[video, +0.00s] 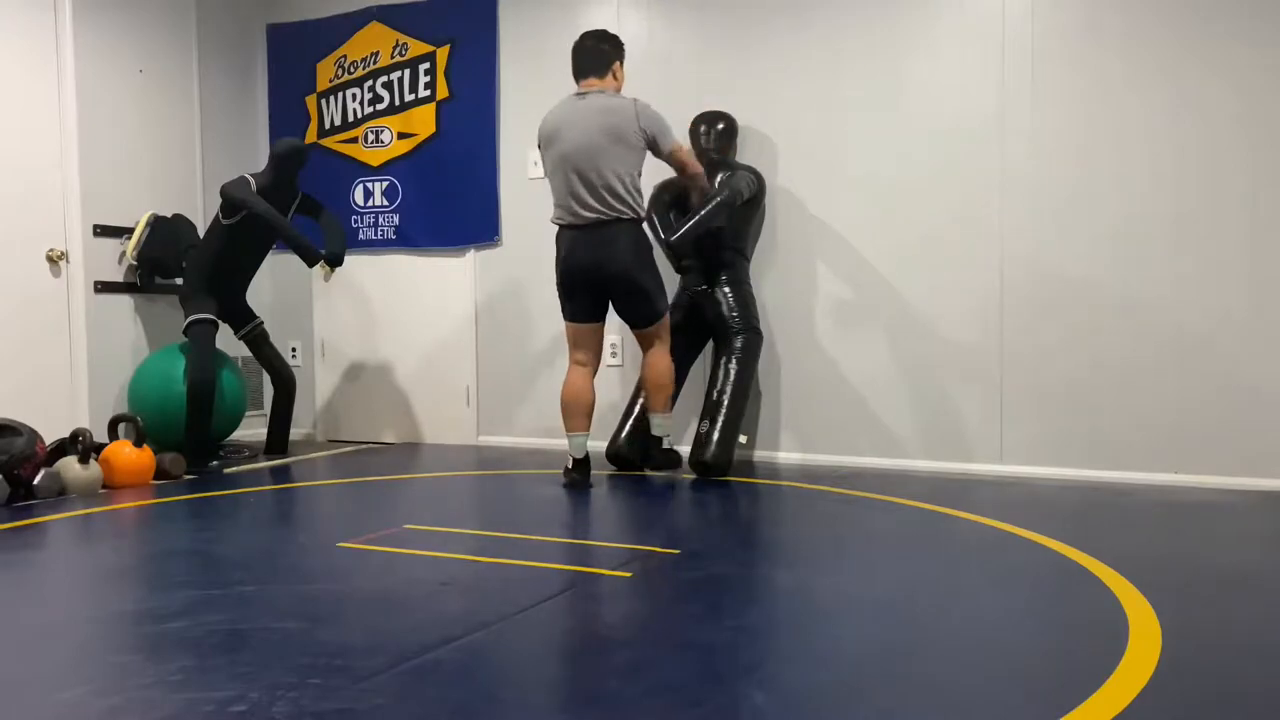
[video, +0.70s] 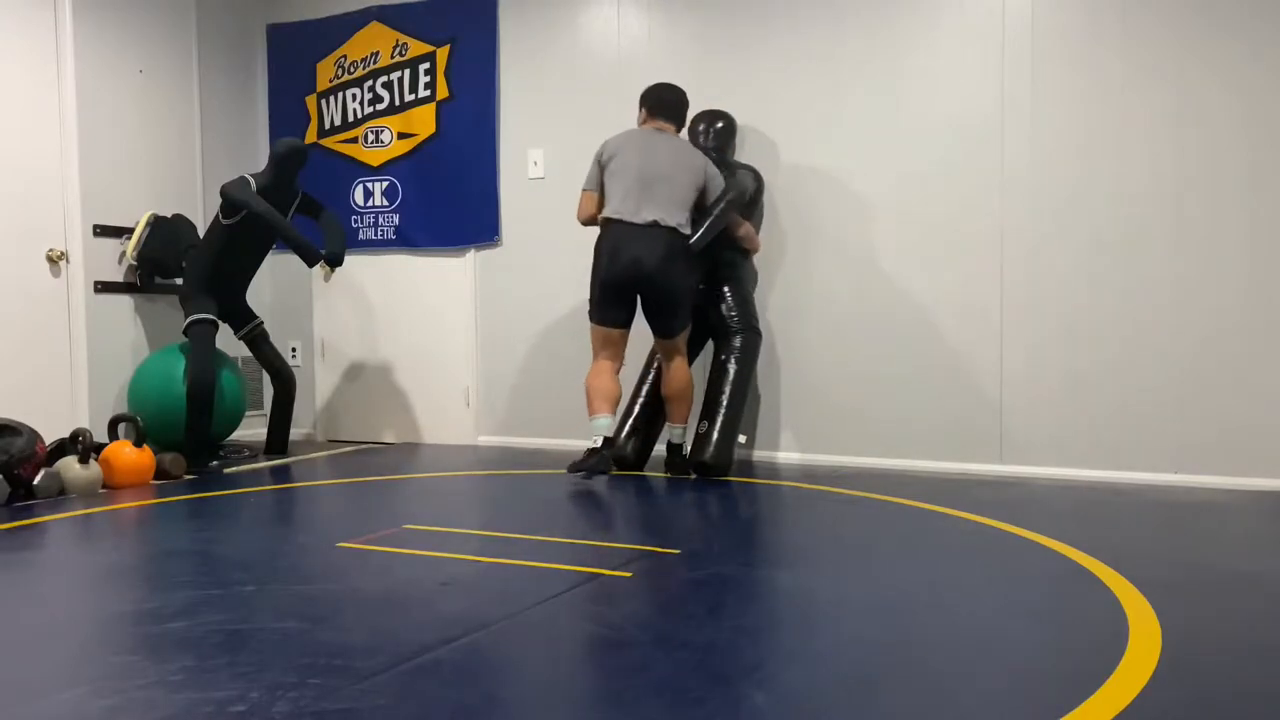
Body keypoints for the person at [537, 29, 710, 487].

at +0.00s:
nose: (624, 76)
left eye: (623, 69)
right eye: (623, 69)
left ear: (576, 71)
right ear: (615, 69)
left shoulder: (551, 121)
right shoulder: (635, 111)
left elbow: (564, 179)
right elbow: (684, 162)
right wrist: (700, 186)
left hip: (573, 249)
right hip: (625, 245)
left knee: (581, 359)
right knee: (655, 341)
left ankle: (578, 463)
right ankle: (659, 443)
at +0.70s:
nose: (640, 118)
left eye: (641, 112)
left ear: (642, 113)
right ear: (683, 122)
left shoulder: (612, 146)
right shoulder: (700, 161)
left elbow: (586, 213)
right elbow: (732, 223)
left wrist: (624, 208)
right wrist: (751, 240)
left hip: (615, 249)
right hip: (671, 254)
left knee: (607, 355)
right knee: (673, 353)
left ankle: (600, 444)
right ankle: (677, 451)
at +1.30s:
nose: (603, 83)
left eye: (609, 74)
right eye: (605, 73)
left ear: (633, 80)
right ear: (646, 82)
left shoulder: (609, 127)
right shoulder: (689, 130)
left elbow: (578, 199)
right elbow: (722, 195)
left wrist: (597, 169)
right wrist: (686, 210)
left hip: (643, 254)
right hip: (687, 254)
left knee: (618, 367)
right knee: (675, 364)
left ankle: (665, 461)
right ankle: (678, 463)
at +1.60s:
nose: (592, 56)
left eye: (600, 45)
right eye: (592, 46)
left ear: (633, 53)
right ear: (632, 55)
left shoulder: (619, 112)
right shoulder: (664, 105)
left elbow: (586, 186)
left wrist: (574, 151)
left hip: (641, 244)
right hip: (670, 239)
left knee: (624, 362)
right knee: (635, 359)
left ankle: (667, 469)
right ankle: (662, 463)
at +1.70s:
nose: (586, 52)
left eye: (595, 42)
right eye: (585, 42)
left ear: (627, 49)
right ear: (625, 52)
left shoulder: (619, 107)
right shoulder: (649, 99)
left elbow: (585, 183)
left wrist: (567, 152)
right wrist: (586, 152)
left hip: (641, 241)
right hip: (657, 236)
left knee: (635, 361)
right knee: (608, 340)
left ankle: (669, 467)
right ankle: (617, 446)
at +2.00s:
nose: (555, 61)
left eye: (563, 50)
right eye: (554, 52)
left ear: (596, 53)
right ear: (591, 56)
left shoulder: (602, 105)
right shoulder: (602, 102)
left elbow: (576, 173)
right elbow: (579, 164)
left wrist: (542, 148)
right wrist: (553, 143)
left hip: (603, 248)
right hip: (580, 248)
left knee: (610, 372)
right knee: (549, 360)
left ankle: (667, 465)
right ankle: (535, 464)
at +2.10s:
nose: (537, 62)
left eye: (545, 51)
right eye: (536, 53)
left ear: (577, 53)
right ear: (567, 57)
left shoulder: (588, 104)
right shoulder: (569, 106)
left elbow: (571, 170)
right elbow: (560, 162)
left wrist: (527, 148)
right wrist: (531, 145)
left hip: (588, 247)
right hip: (559, 247)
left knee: (560, 367)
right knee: (532, 358)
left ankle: (647, 447)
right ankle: (532, 466)